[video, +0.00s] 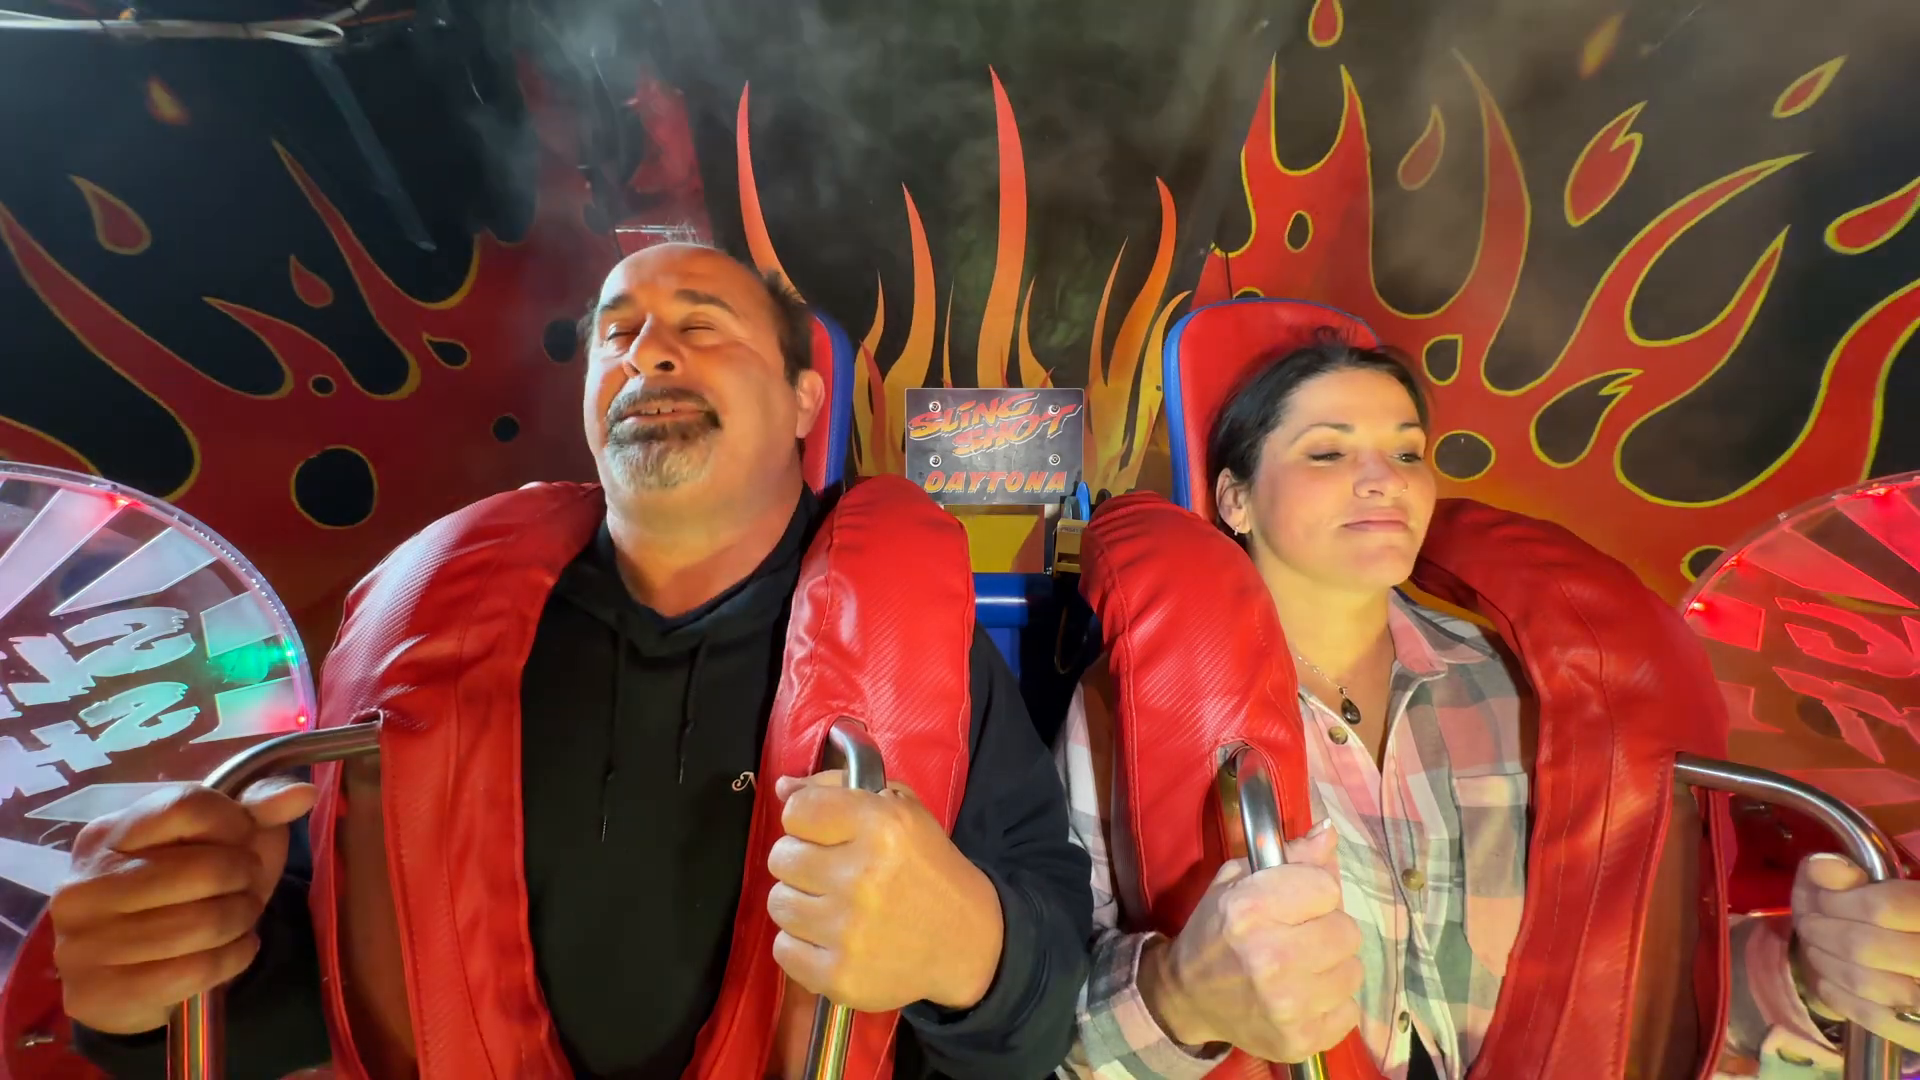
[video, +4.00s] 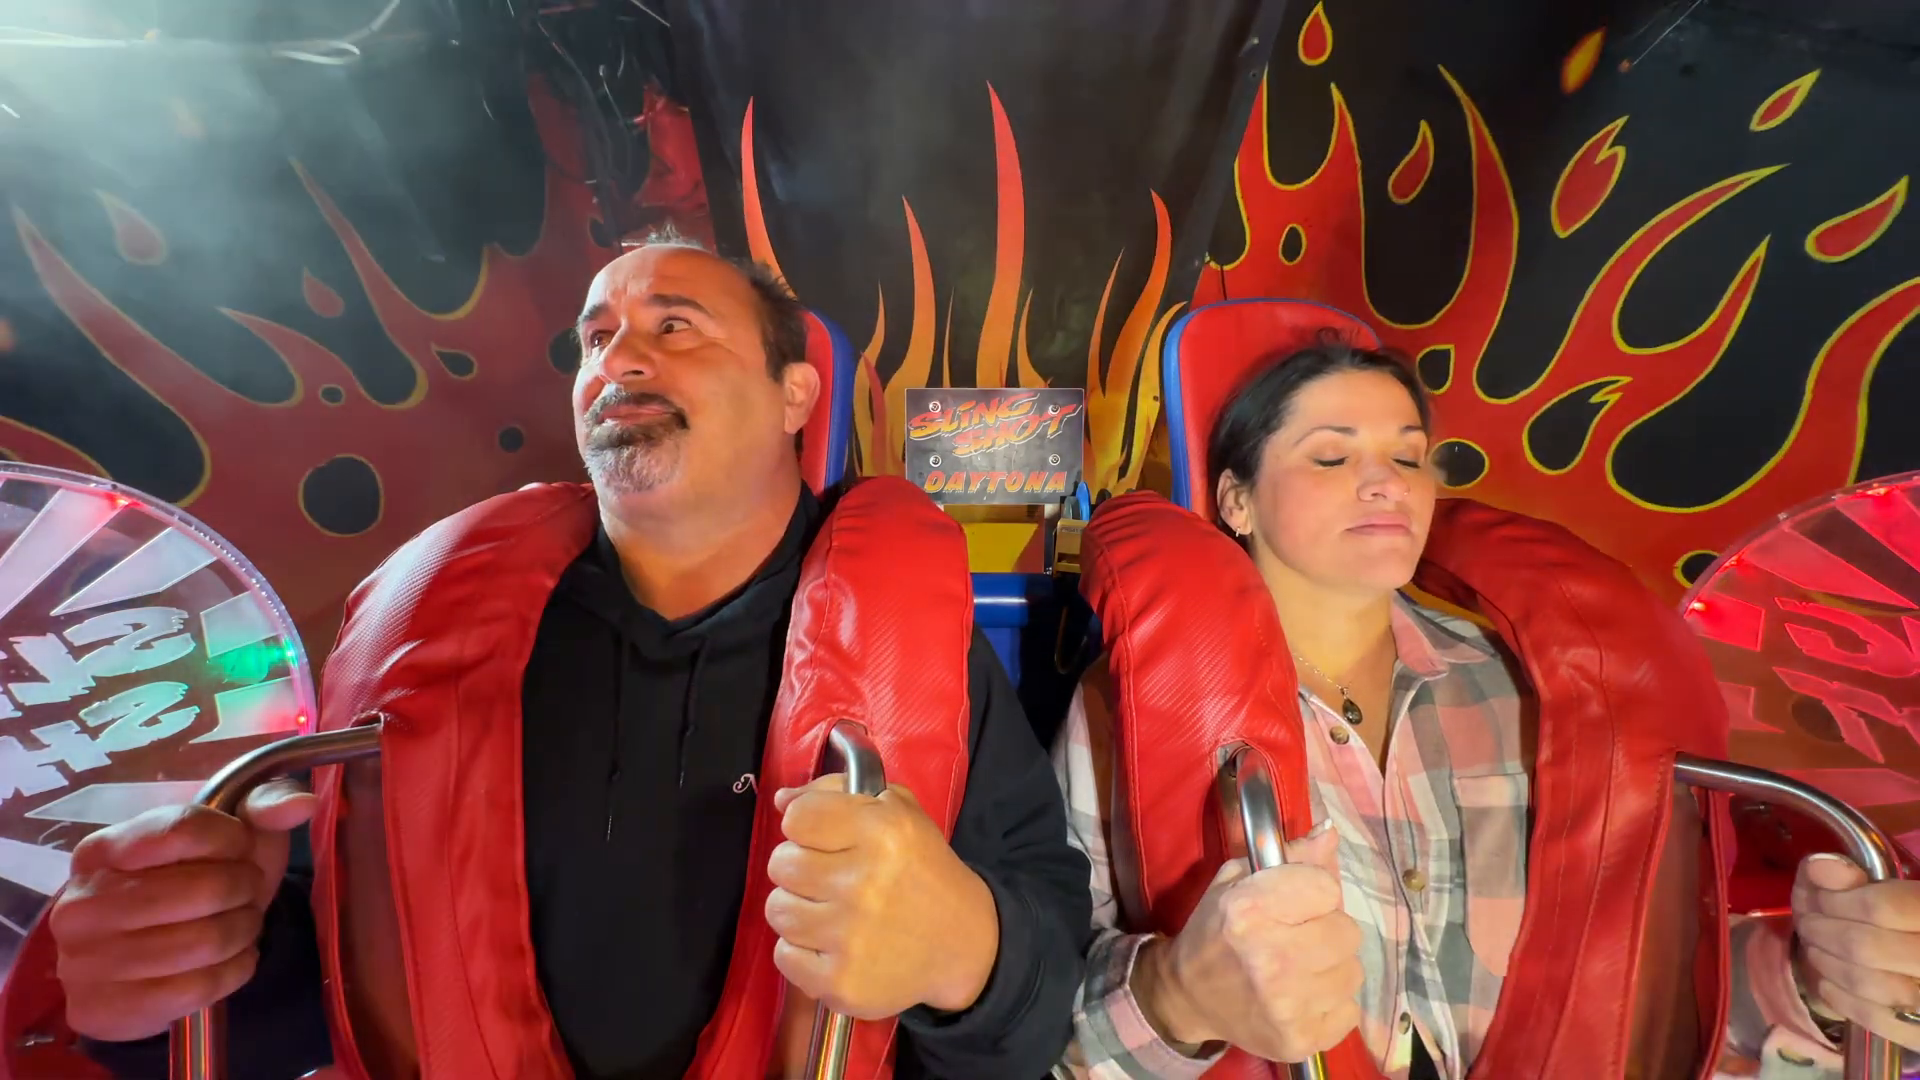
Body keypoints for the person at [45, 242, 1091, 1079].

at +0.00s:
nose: (649, 348)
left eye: (708, 319)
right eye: (617, 333)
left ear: (805, 405)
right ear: (585, 417)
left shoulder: (924, 658)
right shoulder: (438, 637)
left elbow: (1045, 1003)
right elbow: (309, 977)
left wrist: (982, 956)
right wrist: (104, 993)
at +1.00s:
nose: (652, 360)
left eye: (709, 330)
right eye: (623, 340)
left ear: (807, 414)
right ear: (588, 415)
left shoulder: (921, 661)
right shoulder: (430, 634)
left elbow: (1045, 1004)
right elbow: (306, 976)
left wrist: (979, 955)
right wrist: (97, 984)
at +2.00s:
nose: (639, 359)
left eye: (699, 326)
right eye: (612, 338)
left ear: (807, 402)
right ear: (583, 411)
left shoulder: (924, 650)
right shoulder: (435, 642)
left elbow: (1041, 981)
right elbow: (297, 1017)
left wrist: (980, 943)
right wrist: (186, 978)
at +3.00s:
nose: (619, 366)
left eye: (681, 326)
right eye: (598, 344)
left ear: (798, 398)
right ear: (575, 418)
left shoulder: (922, 659)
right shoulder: (443, 644)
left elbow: (1036, 1016)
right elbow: (319, 972)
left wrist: (979, 952)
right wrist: (120, 977)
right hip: (493, 1071)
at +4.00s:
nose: (619, 364)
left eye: (680, 326)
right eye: (597, 344)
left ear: (796, 396)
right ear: (570, 414)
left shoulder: (919, 658)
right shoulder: (435, 640)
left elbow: (1036, 1015)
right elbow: (301, 960)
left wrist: (979, 955)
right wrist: (84, 982)